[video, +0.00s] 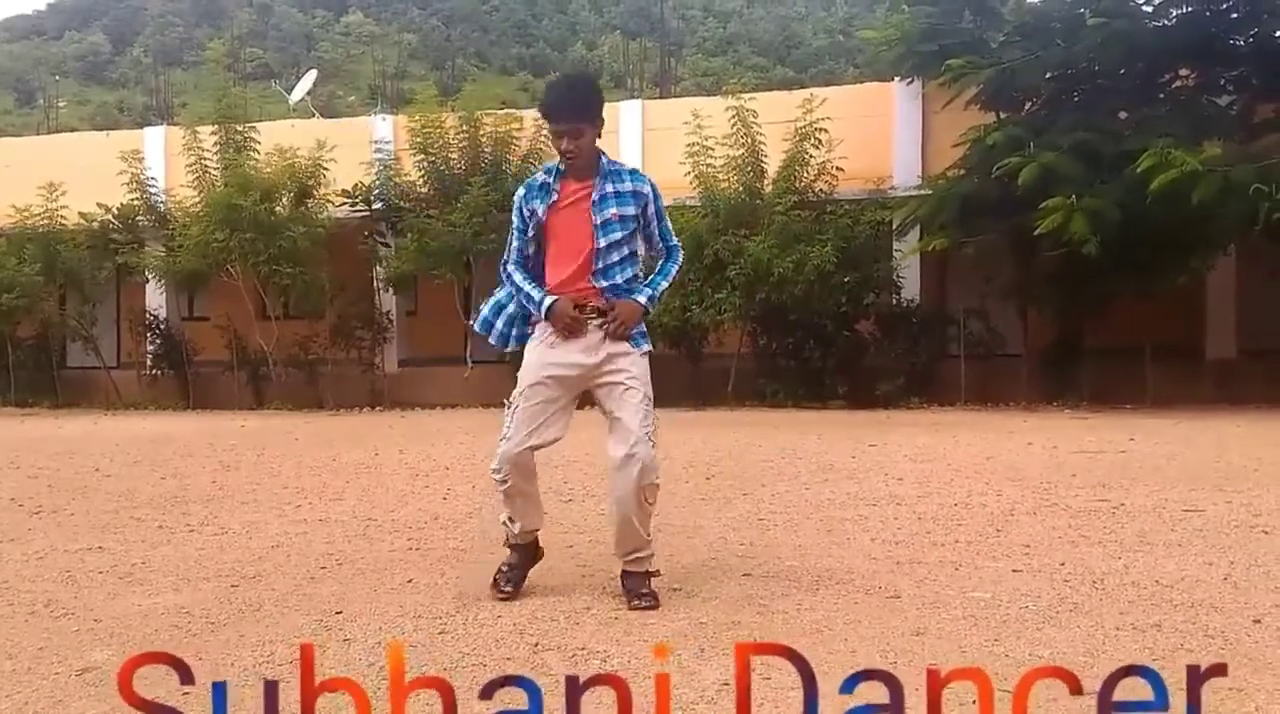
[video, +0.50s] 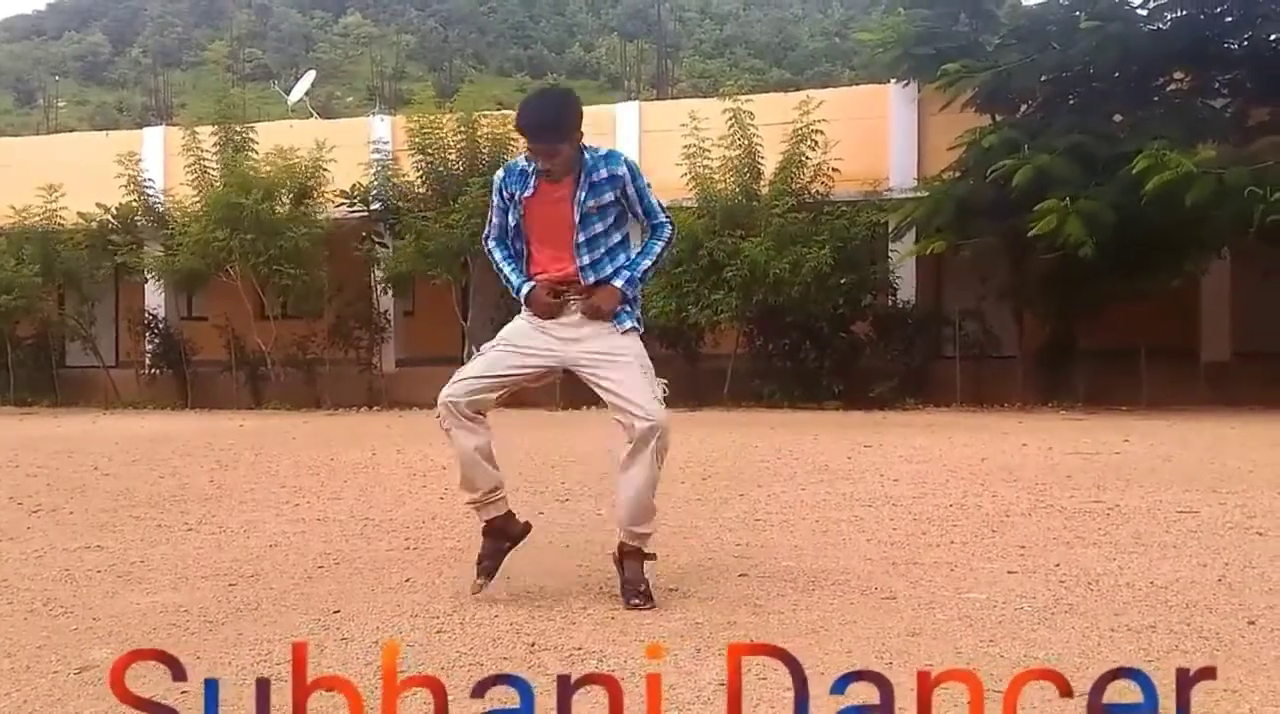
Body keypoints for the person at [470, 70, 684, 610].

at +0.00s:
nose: (567, 146)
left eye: (576, 134)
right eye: (558, 136)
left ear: (598, 126)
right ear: (547, 132)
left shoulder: (636, 187)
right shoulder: (532, 193)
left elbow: (669, 254)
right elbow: (513, 266)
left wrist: (641, 300)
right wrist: (547, 304)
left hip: (621, 341)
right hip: (553, 341)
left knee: (635, 456)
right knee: (511, 455)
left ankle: (636, 568)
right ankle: (522, 544)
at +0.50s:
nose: (543, 161)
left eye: (552, 151)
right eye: (535, 151)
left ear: (577, 137)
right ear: (523, 141)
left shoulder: (615, 171)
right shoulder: (511, 180)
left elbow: (661, 228)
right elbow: (496, 241)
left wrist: (620, 286)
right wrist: (525, 287)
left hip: (605, 324)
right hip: (537, 322)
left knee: (650, 421)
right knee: (456, 400)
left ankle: (632, 554)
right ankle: (499, 520)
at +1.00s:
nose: (490, 158)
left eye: (500, 149)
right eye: (480, 150)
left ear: (517, 156)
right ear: (468, 157)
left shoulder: (537, 226)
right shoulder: (443, 210)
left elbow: (582, 298)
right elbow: (431, 276)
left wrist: (527, 342)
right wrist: (451, 322)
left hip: (527, 361)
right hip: (458, 352)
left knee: (548, 468)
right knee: (407, 415)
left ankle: (533, 565)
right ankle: (441, 524)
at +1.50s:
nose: (412, 148)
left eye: (420, 139)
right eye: (400, 139)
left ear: (430, 147)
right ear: (378, 147)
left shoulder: (453, 210)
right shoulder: (355, 211)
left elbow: (488, 280)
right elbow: (331, 281)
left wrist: (464, 339)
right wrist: (337, 335)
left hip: (437, 363)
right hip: (369, 362)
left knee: (445, 468)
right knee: (347, 471)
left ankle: (444, 560)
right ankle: (366, 558)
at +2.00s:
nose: (420, 145)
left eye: (432, 136)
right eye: (413, 135)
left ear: (453, 142)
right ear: (403, 136)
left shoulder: (464, 190)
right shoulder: (383, 171)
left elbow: (513, 223)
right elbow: (337, 217)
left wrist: (495, 163)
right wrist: (372, 243)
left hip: (434, 333)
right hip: (366, 332)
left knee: (471, 412)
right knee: (328, 431)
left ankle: (462, 527)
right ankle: (347, 545)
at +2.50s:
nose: (509, 160)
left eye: (520, 150)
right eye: (500, 151)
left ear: (543, 155)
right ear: (492, 157)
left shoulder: (556, 227)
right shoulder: (468, 197)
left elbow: (622, 242)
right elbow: (412, 243)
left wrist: (647, 169)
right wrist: (355, 292)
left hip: (478, 362)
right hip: (424, 338)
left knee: (483, 463)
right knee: (370, 454)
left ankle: (495, 560)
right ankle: (321, 413)